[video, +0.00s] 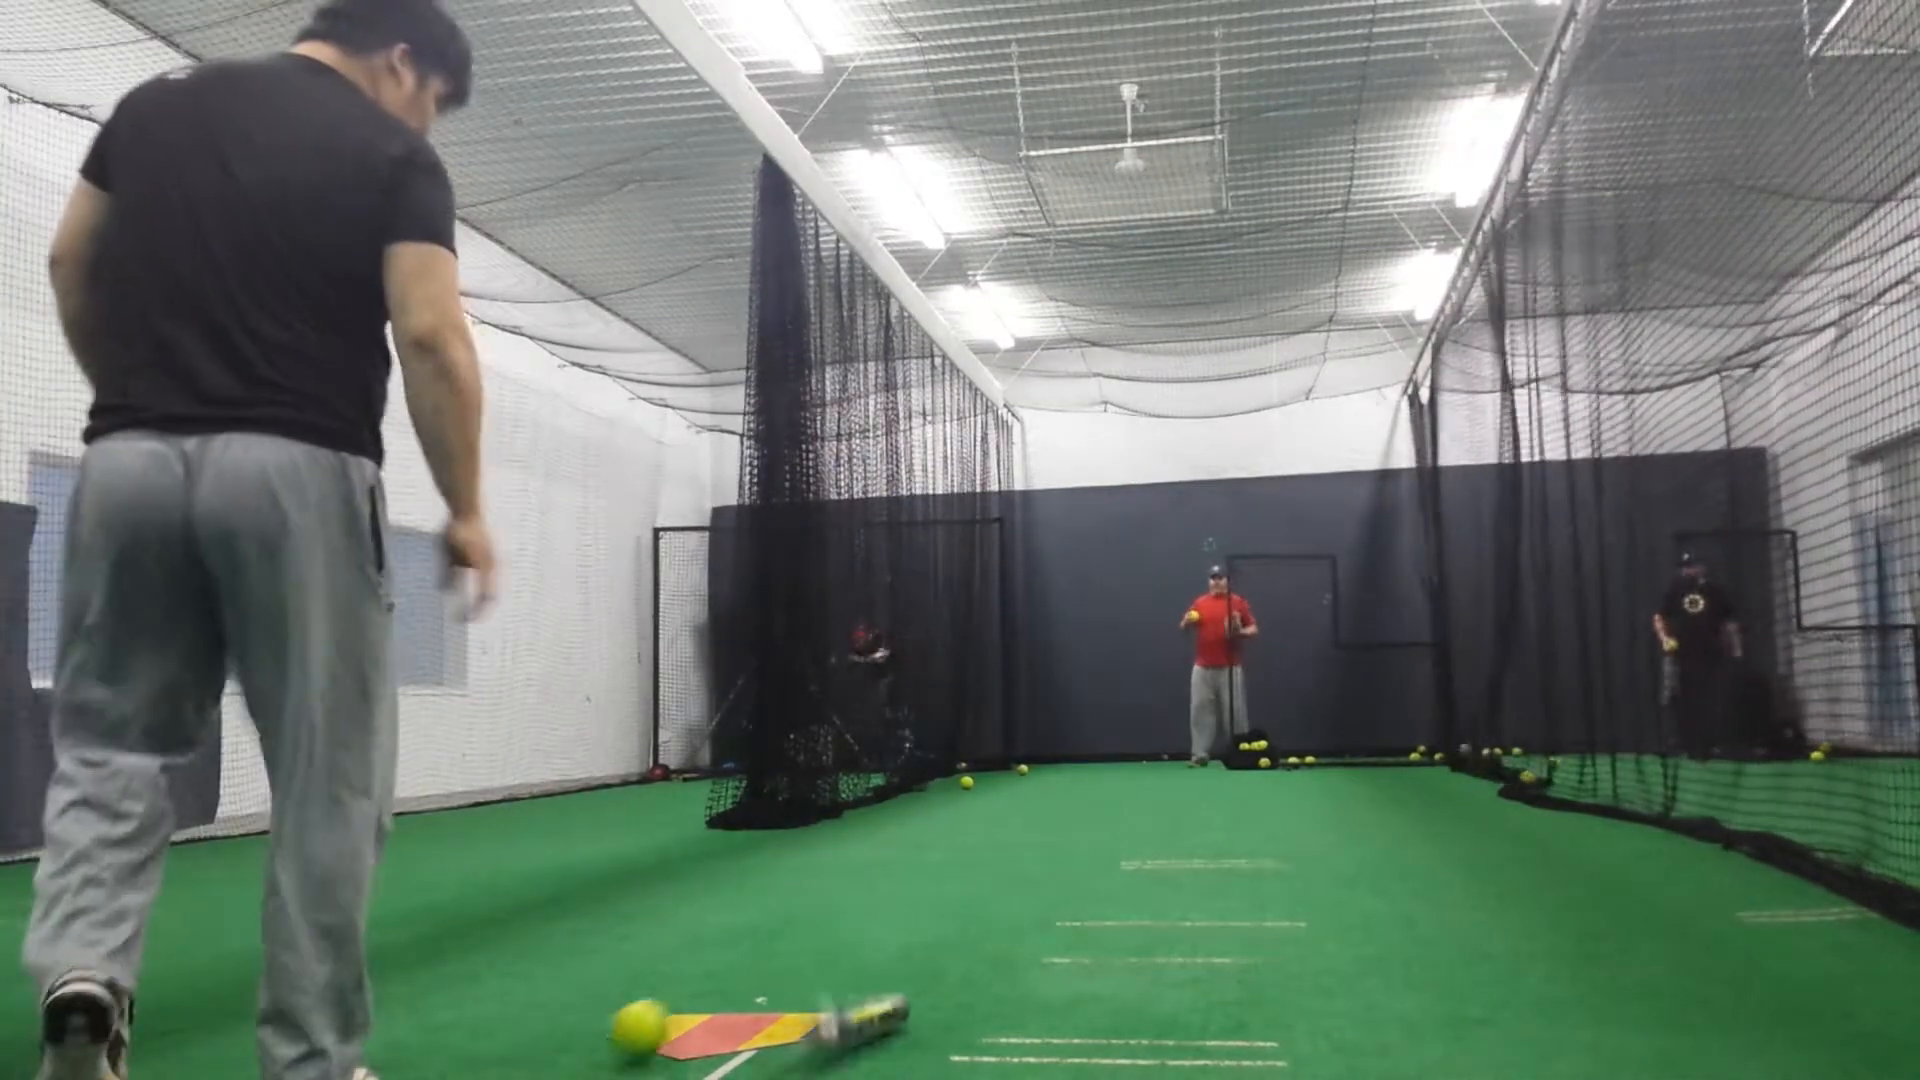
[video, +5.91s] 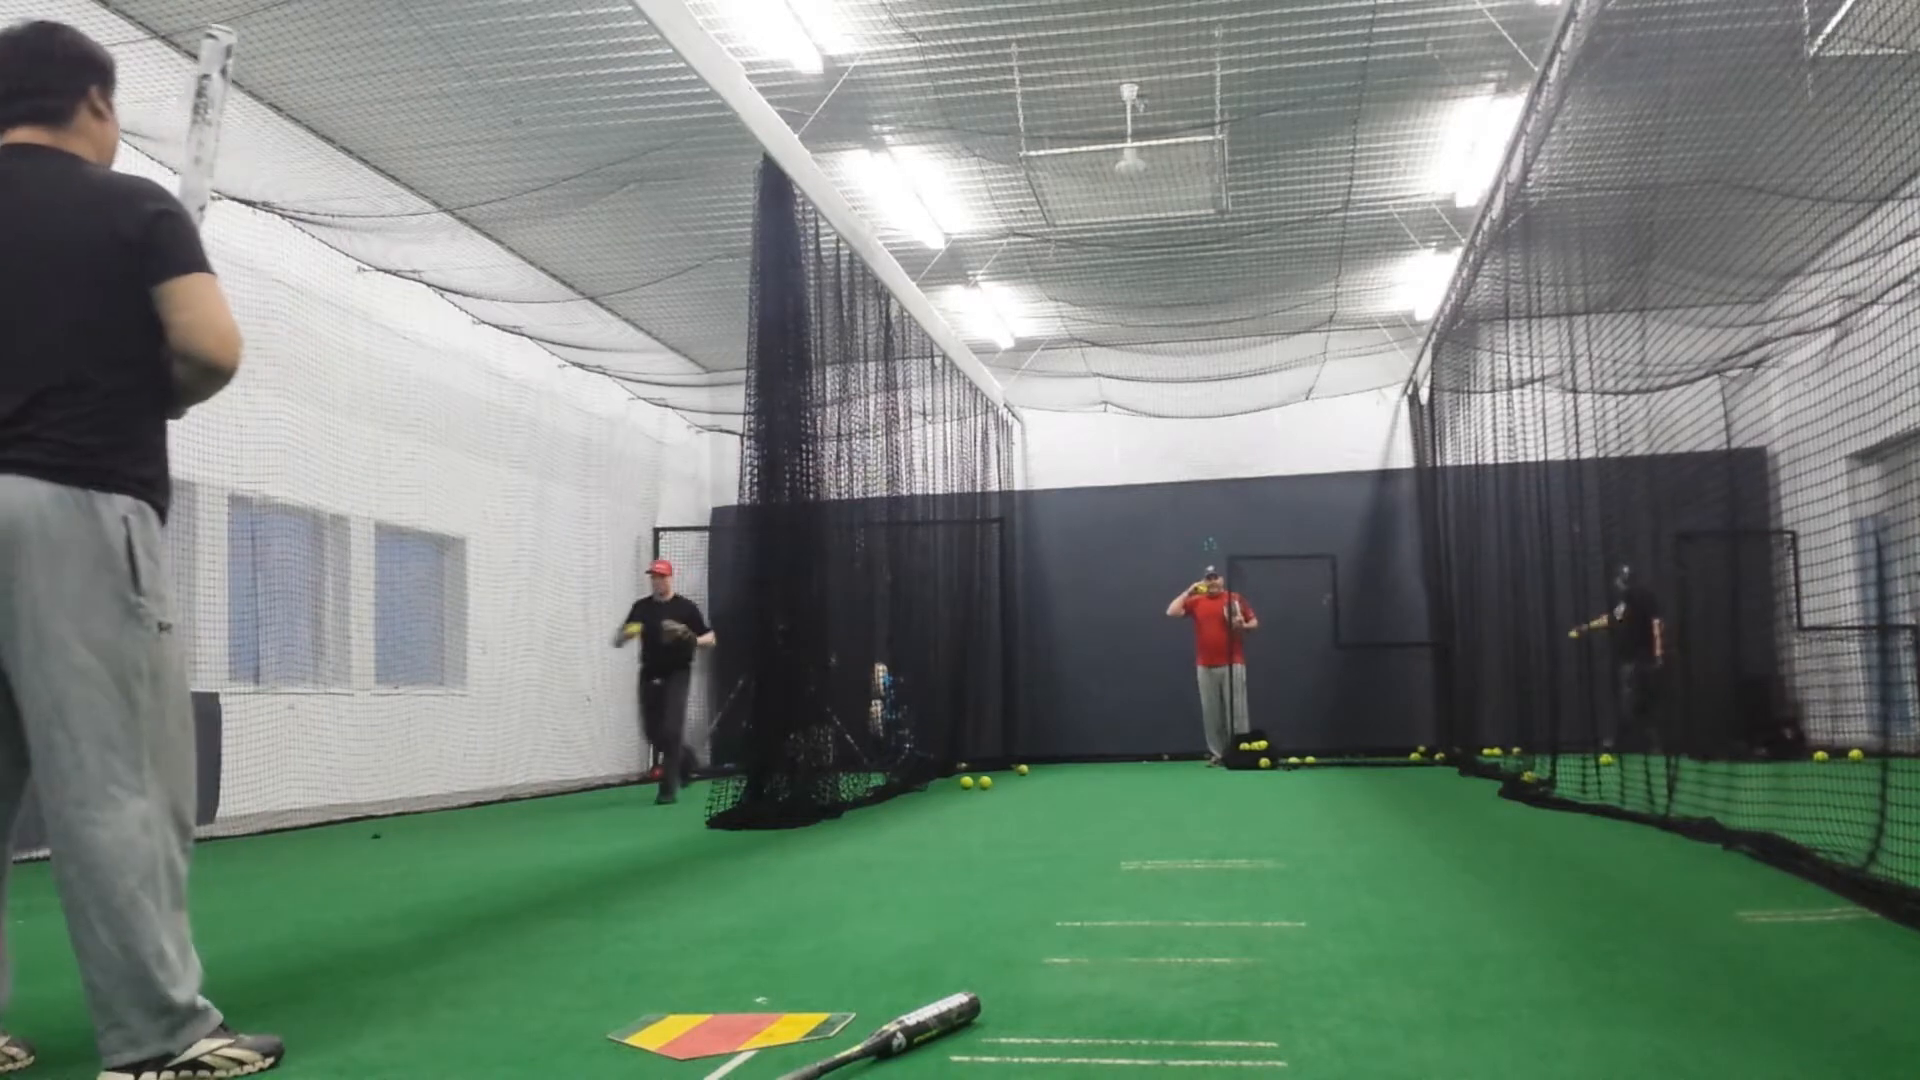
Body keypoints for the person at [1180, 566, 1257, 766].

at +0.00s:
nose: (1217, 581)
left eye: (1220, 578)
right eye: (1213, 578)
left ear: (1227, 581)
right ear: (1209, 581)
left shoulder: (1238, 603)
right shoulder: (1201, 603)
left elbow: (1253, 628)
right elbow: (1183, 628)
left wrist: (1240, 630)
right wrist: (1188, 621)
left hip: (1230, 664)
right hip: (1204, 664)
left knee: (1235, 709)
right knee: (1200, 708)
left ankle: (1239, 752)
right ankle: (1200, 753)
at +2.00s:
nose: (1219, 583)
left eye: (1223, 578)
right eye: (1217, 578)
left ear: (1233, 580)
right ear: (1215, 581)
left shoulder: (1246, 601)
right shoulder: (1209, 601)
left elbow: (1269, 624)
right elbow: (1198, 624)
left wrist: (1249, 627)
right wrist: (1191, 618)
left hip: (1238, 666)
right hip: (1212, 664)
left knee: (1240, 709)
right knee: (1199, 706)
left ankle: (1241, 750)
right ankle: (1194, 748)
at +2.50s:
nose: (1193, 586)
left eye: (1196, 582)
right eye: (1192, 582)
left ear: (1209, 582)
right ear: (1193, 585)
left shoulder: (1226, 604)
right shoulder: (1190, 606)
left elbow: (1247, 626)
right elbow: (1175, 635)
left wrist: (1229, 630)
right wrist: (1179, 627)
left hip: (1221, 667)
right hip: (1195, 667)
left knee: (1226, 711)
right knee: (1193, 711)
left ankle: (1235, 751)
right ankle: (1194, 754)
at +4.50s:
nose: (1217, 580)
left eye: (1222, 576)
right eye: (1216, 576)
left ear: (1233, 579)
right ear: (1213, 579)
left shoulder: (1245, 602)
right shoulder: (1207, 602)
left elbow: (1260, 628)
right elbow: (1192, 626)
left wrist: (1246, 630)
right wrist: (1199, 627)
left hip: (1238, 662)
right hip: (1212, 663)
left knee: (1240, 707)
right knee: (1214, 708)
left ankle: (1242, 751)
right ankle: (1217, 752)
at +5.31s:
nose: (1211, 581)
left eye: (1214, 576)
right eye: (1207, 577)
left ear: (1221, 578)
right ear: (1202, 581)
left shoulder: (1236, 600)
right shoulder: (1198, 604)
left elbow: (1256, 621)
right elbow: (1176, 626)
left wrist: (1242, 624)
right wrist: (1187, 603)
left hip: (1234, 662)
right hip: (1208, 663)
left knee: (1238, 707)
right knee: (1212, 709)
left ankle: (1241, 750)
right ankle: (1216, 752)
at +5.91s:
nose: (1212, 581)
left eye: (1215, 577)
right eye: (1209, 579)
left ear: (1222, 580)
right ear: (1204, 582)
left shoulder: (1233, 599)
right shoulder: (1196, 601)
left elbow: (1254, 622)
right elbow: (1171, 611)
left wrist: (1242, 624)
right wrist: (1189, 591)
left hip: (1232, 661)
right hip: (1206, 663)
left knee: (1237, 707)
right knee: (1210, 710)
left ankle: (1241, 750)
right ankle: (1216, 752)